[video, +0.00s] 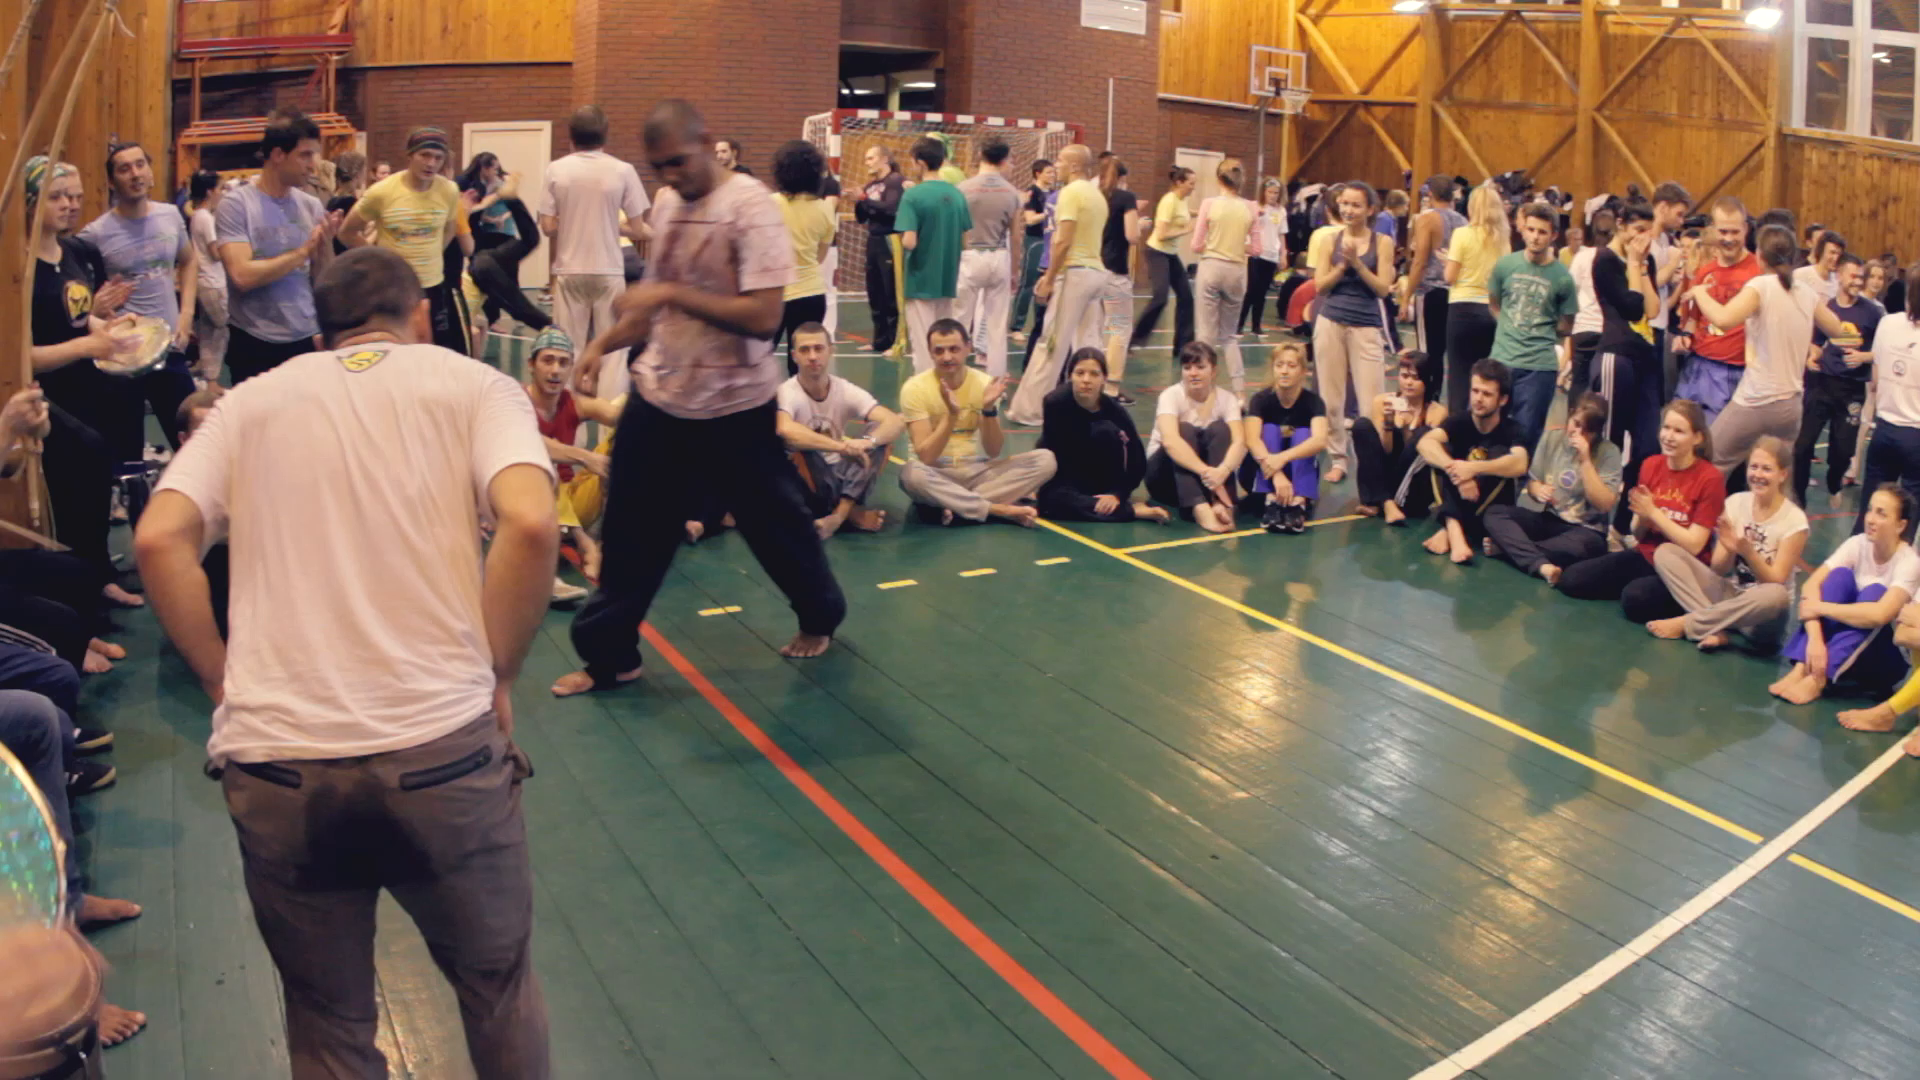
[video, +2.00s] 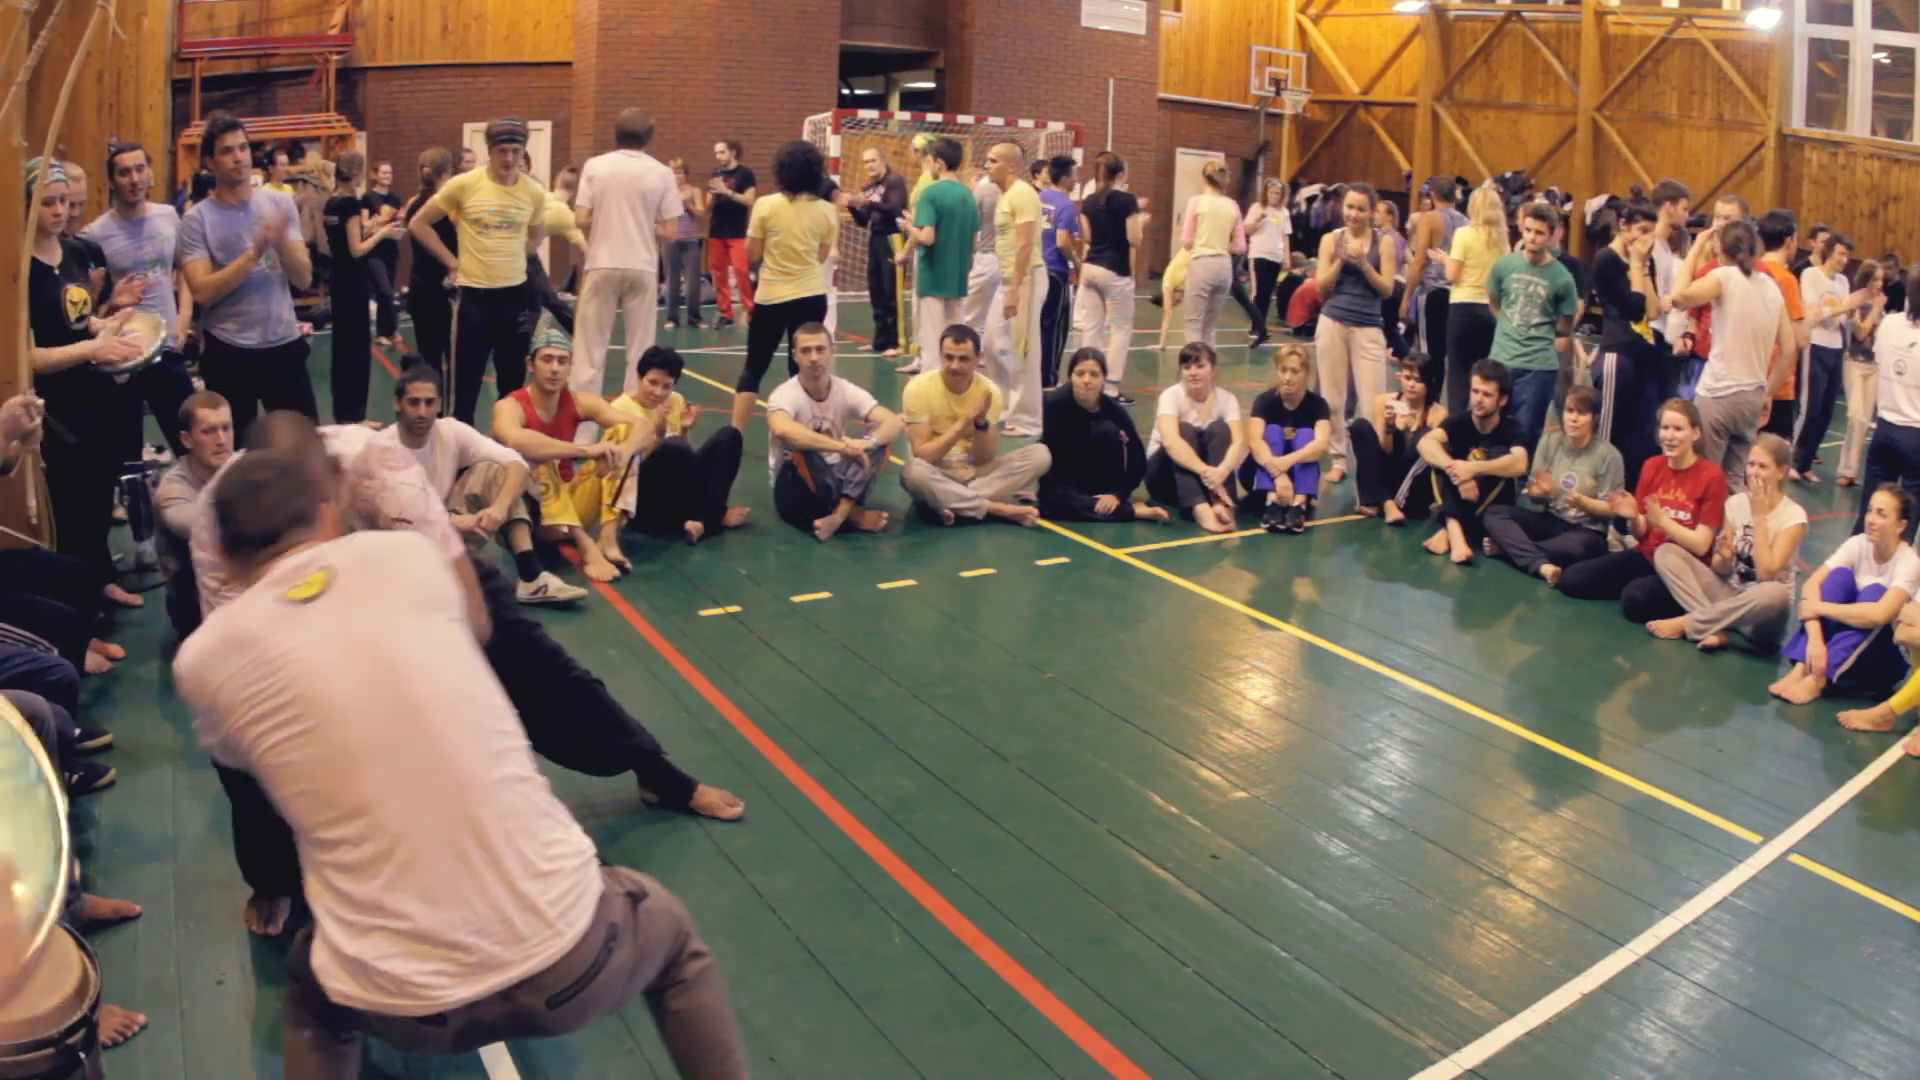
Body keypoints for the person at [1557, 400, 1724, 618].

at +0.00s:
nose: (1668, 436)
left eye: (1679, 431)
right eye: (1666, 428)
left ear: (1697, 439)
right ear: (1660, 429)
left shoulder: (1710, 478)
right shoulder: (1650, 465)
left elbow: (1694, 544)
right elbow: (1637, 533)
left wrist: (1651, 512)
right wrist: (1643, 512)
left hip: (1682, 567)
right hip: (1646, 555)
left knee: (1634, 601)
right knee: (1570, 581)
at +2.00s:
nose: (1669, 436)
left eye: (1678, 429)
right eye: (1664, 428)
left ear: (1696, 434)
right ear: (1657, 431)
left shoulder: (1712, 477)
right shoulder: (1652, 466)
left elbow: (1701, 545)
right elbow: (1641, 533)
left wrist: (1661, 520)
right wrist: (1633, 515)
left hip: (1683, 567)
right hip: (1647, 556)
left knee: (1634, 601)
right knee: (1570, 581)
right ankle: (1636, 580)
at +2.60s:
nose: (1669, 438)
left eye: (1678, 431)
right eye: (1664, 430)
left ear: (1696, 434)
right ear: (1657, 432)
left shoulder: (1711, 477)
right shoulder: (1651, 466)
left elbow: (1699, 544)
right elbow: (1639, 534)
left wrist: (1652, 518)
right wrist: (1640, 516)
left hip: (1684, 567)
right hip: (1647, 556)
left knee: (1634, 601)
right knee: (1570, 581)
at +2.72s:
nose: (1669, 439)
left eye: (1678, 432)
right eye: (1664, 431)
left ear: (1695, 434)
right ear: (1657, 432)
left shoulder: (1711, 476)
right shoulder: (1651, 466)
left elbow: (1700, 545)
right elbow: (1639, 535)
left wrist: (1652, 522)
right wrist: (1640, 522)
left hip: (1684, 567)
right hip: (1647, 555)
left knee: (1634, 601)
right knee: (1570, 581)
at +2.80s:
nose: (1669, 439)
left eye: (1678, 432)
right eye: (1664, 431)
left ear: (1695, 434)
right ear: (1657, 432)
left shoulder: (1711, 476)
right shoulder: (1651, 467)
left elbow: (1701, 545)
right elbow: (1640, 536)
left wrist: (1654, 523)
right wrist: (1635, 522)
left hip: (1684, 566)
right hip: (1647, 556)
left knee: (1634, 601)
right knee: (1570, 582)